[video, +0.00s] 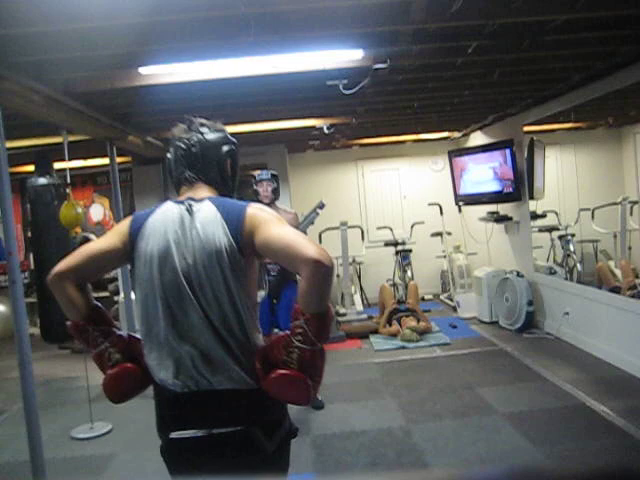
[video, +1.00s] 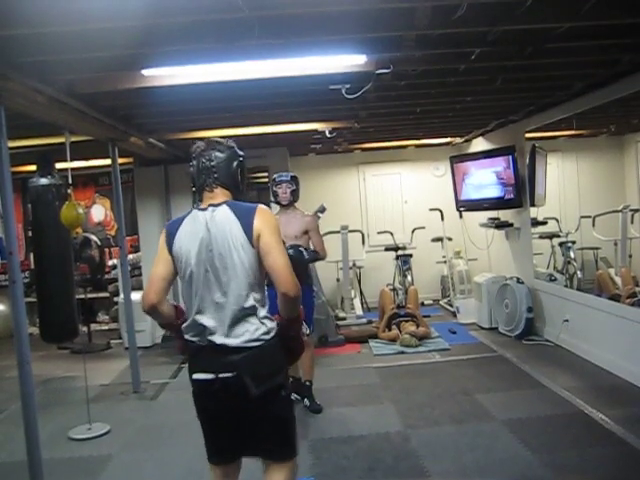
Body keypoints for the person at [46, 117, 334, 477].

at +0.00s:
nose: (238, 173)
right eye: (236, 166)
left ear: (172, 174)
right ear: (228, 169)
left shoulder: (138, 226)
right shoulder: (247, 216)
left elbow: (61, 277)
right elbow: (317, 261)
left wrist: (107, 343)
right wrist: (302, 345)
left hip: (179, 425)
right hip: (249, 419)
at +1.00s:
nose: (243, 175)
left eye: (240, 169)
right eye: (240, 169)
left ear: (196, 179)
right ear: (235, 174)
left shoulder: (174, 229)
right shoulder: (257, 216)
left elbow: (151, 301)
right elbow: (289, 290)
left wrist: (182, 324)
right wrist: (290, 328)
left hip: (206, 372)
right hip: (260, 366)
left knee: (222, 467)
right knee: (279, 463)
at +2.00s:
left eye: (286, 172)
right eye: (322, 171)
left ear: (282, 178)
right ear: (322, 176)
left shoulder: (264, 221)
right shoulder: (341, 214)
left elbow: (246, 286)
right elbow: (367, 281)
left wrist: (278, 288)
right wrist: (354, 306)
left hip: (284, 350)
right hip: (332, 349)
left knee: (288, 435)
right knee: (323, 445)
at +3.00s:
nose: (315, 180)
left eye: (313, 175)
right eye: (313, 175)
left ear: (275, 181)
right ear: (308, 178)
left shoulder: (256, 224)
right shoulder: (320, 211)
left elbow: (251, 283)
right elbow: (346, 273)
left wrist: (278, 260)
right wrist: (346, 249)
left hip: (281, 332)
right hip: (322, 329)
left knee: (295, 421)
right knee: (336, 423)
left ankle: (298, 477)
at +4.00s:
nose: (328, 182)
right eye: (326, 177)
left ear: (288, 183)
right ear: (321, 179)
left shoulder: (269, 226)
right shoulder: (334, 214)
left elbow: (270, 281)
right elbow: (367, 270)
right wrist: (356, 241)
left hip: (293, 339)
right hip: (335, 337)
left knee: (305, 423)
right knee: (339, 432)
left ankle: (302, 477)